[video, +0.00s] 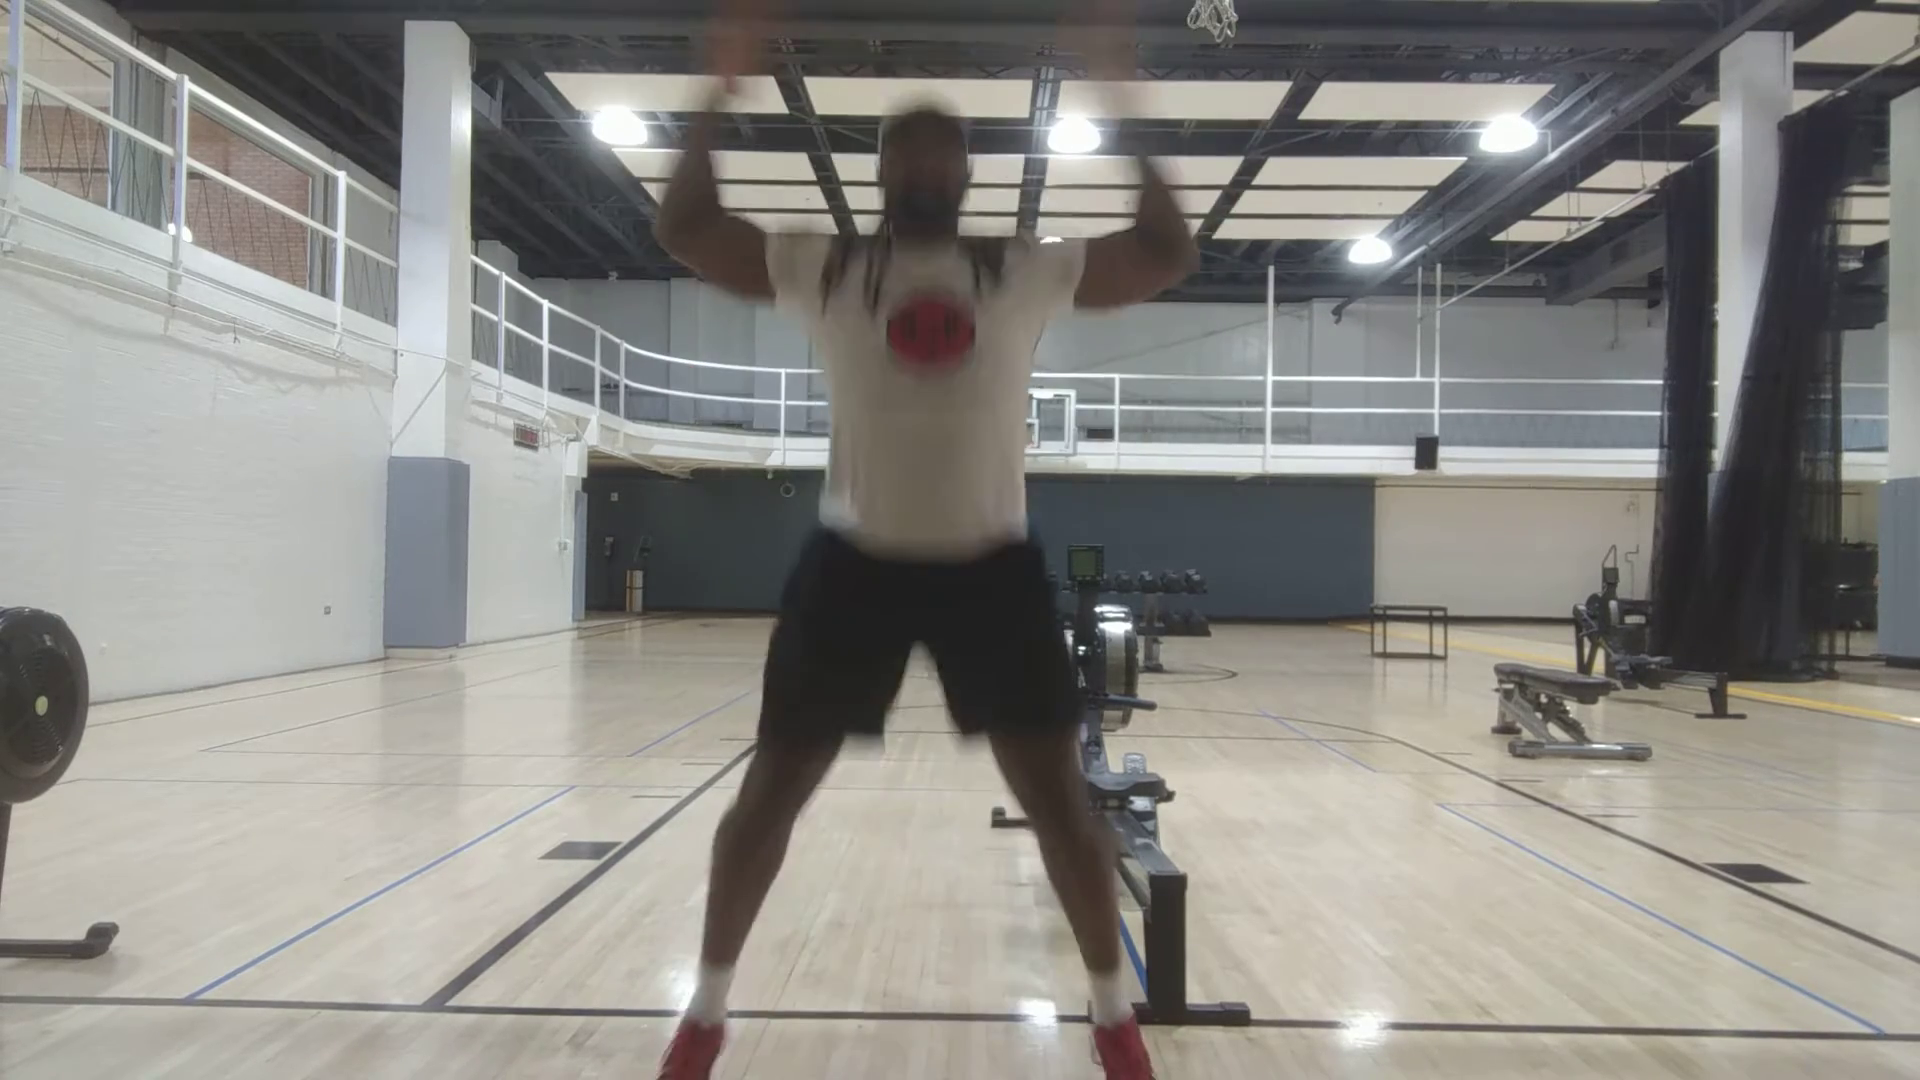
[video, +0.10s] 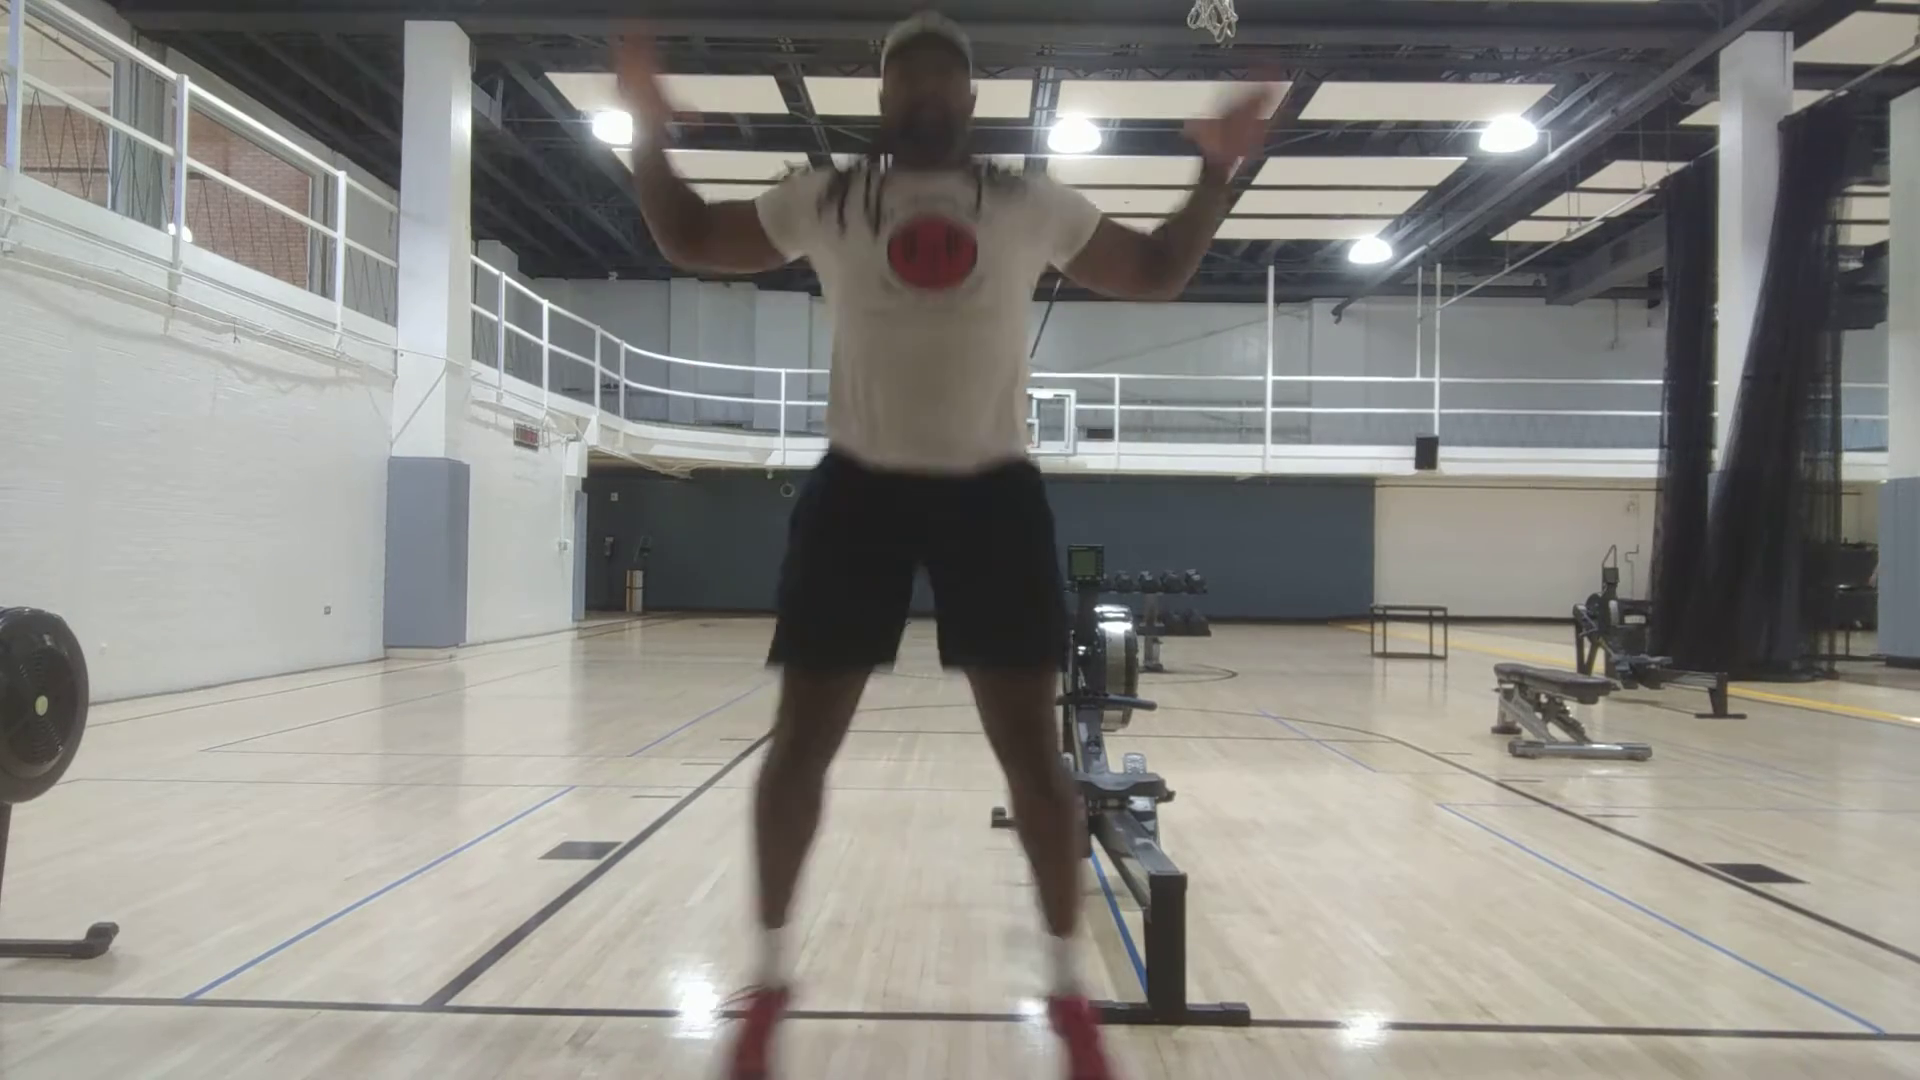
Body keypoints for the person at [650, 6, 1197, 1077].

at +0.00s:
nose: (921, 168)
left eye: (940, 153)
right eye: (904, 152)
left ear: (969, 172)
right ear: (876, 170)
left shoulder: (1026, 274)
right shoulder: (824, 270)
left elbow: (1166, 250)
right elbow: (686, 228)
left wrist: (1126, 96)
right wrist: (715, 92)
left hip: (993, 574)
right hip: (855, 570)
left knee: (1060, 803)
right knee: (770, 793)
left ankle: (1116, 1006)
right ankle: (706, 1008)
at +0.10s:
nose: (925, 91)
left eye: (944, 75)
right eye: (907, 74)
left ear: (975, 96)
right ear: (878, 94)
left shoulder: (1027, 198)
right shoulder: (826, 196)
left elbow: (1155, 270)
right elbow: (690, 238)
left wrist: (1218, 170)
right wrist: (648, 126)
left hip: (993, 498)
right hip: (857, 494)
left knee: (1033, 747)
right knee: (803, 735)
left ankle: (1070, 988)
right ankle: (768, 974)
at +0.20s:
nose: (935, 53)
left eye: (955, 40)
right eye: (916, 38)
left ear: (981, 72)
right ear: (883, 67)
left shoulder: (1030, 188)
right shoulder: (829, 187)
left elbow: (1108, 312)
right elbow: (735, 292)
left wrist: (1179, 284)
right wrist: (681, 260)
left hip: (992, 479)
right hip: (859, 476)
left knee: (1003, 741)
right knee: (841, 735)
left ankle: (991, 985)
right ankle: (848, 981)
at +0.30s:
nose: (933, 105)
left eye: (951, 88)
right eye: (916, 88)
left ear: (979, 109)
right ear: (886, 108)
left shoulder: (1032, 252)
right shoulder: (832, 245)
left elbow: (1066, 383)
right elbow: (782, 378)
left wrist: (1092, 400)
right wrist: (771, 367)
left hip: (992, 529)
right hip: (866, 525)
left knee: (988, 802)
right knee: (860, 790)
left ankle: (964, 1024)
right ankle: (872, 1025)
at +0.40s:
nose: (930, 182)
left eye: (949, 166)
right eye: (913, 165)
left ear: (977, 185)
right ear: (887, 181)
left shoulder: (1029, 313)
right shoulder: (830, 312)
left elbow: (1055, 467)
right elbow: (786, 458)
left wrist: (1067, 474)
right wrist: (804, 466)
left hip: (995, 594)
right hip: (865, 592)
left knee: (995, 840)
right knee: (867, 833)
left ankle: (955, 1041)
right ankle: (881, 1046)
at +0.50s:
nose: (933, 135)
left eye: (951, 118)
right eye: (916, 118)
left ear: (976, 136)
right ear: (888, 135)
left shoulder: (1030, 270)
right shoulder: (836, 264)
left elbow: (1086, 395)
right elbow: (776, 383)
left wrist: (1129, 396)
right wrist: (751, 387)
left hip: (998, 546)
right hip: (871, 545)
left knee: (998, 792)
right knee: (860, 782)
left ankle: (969, 1016)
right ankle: (869, 1019)